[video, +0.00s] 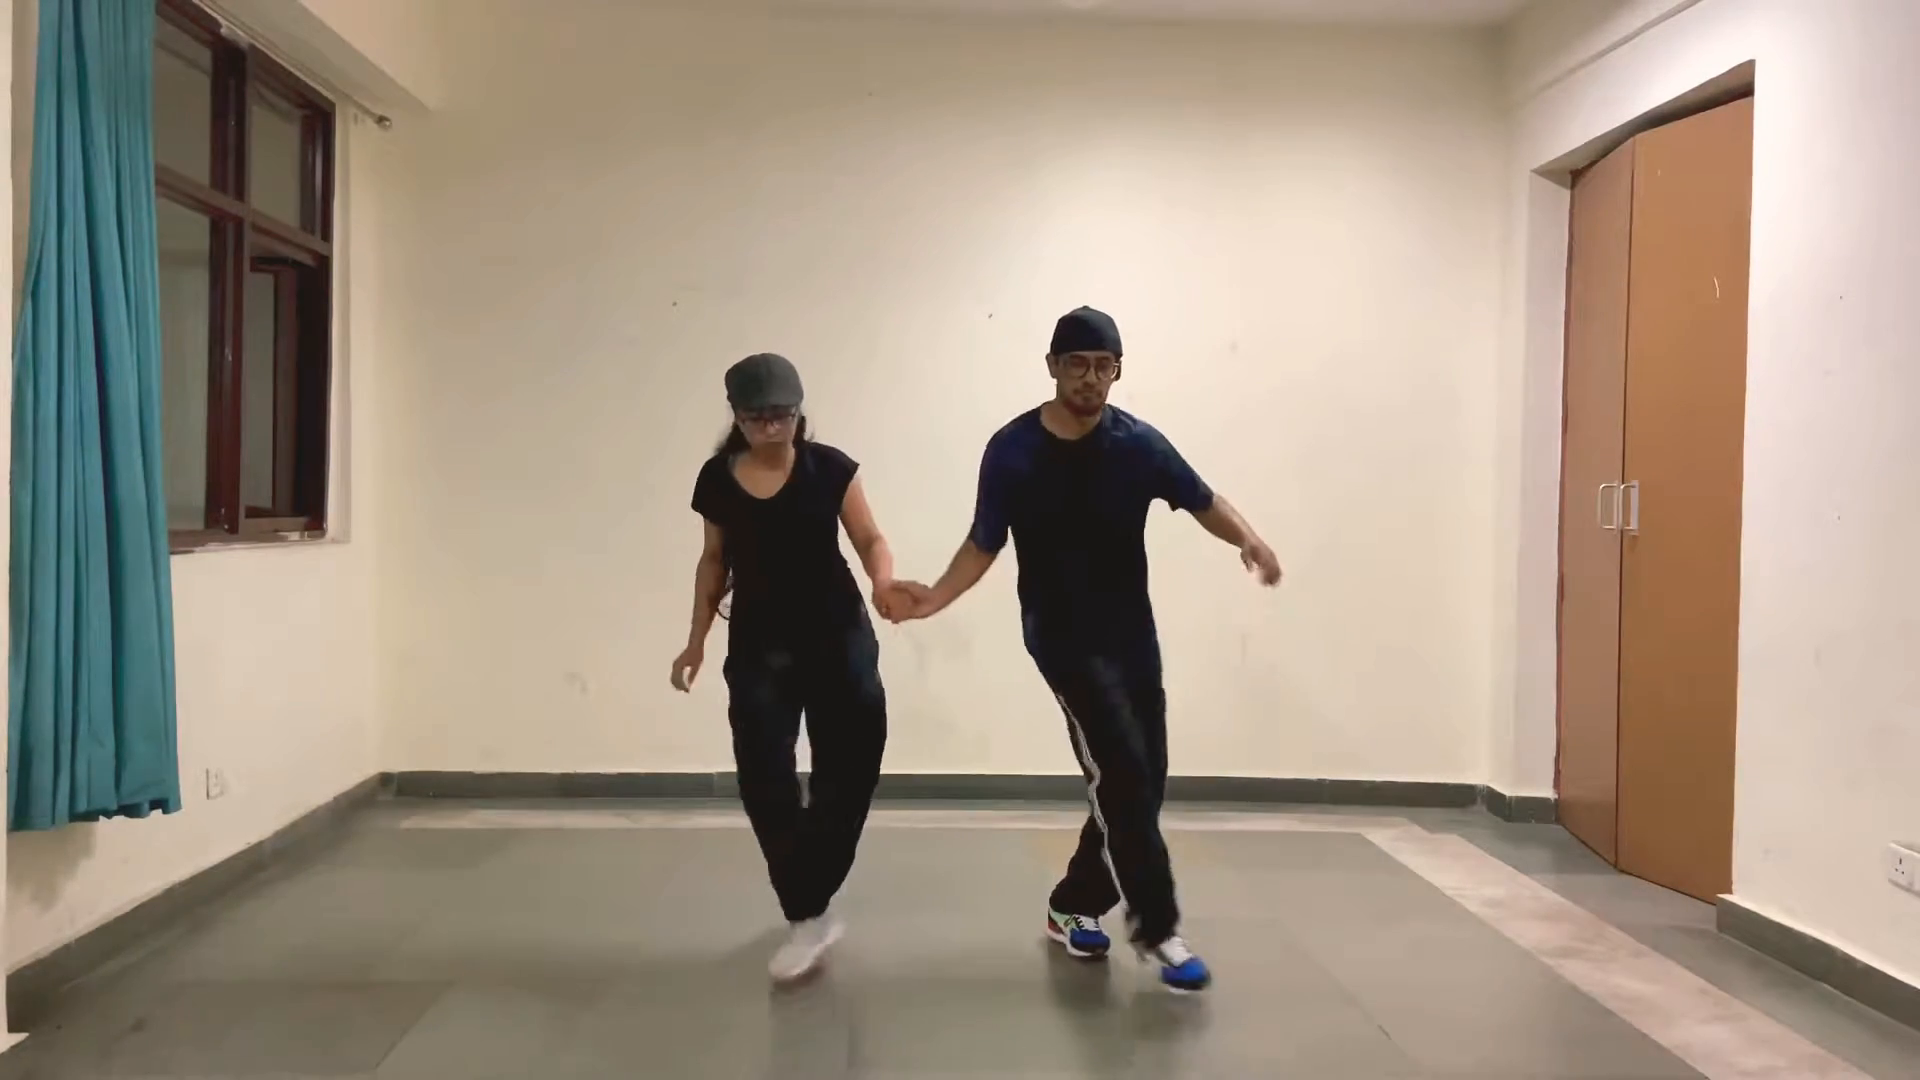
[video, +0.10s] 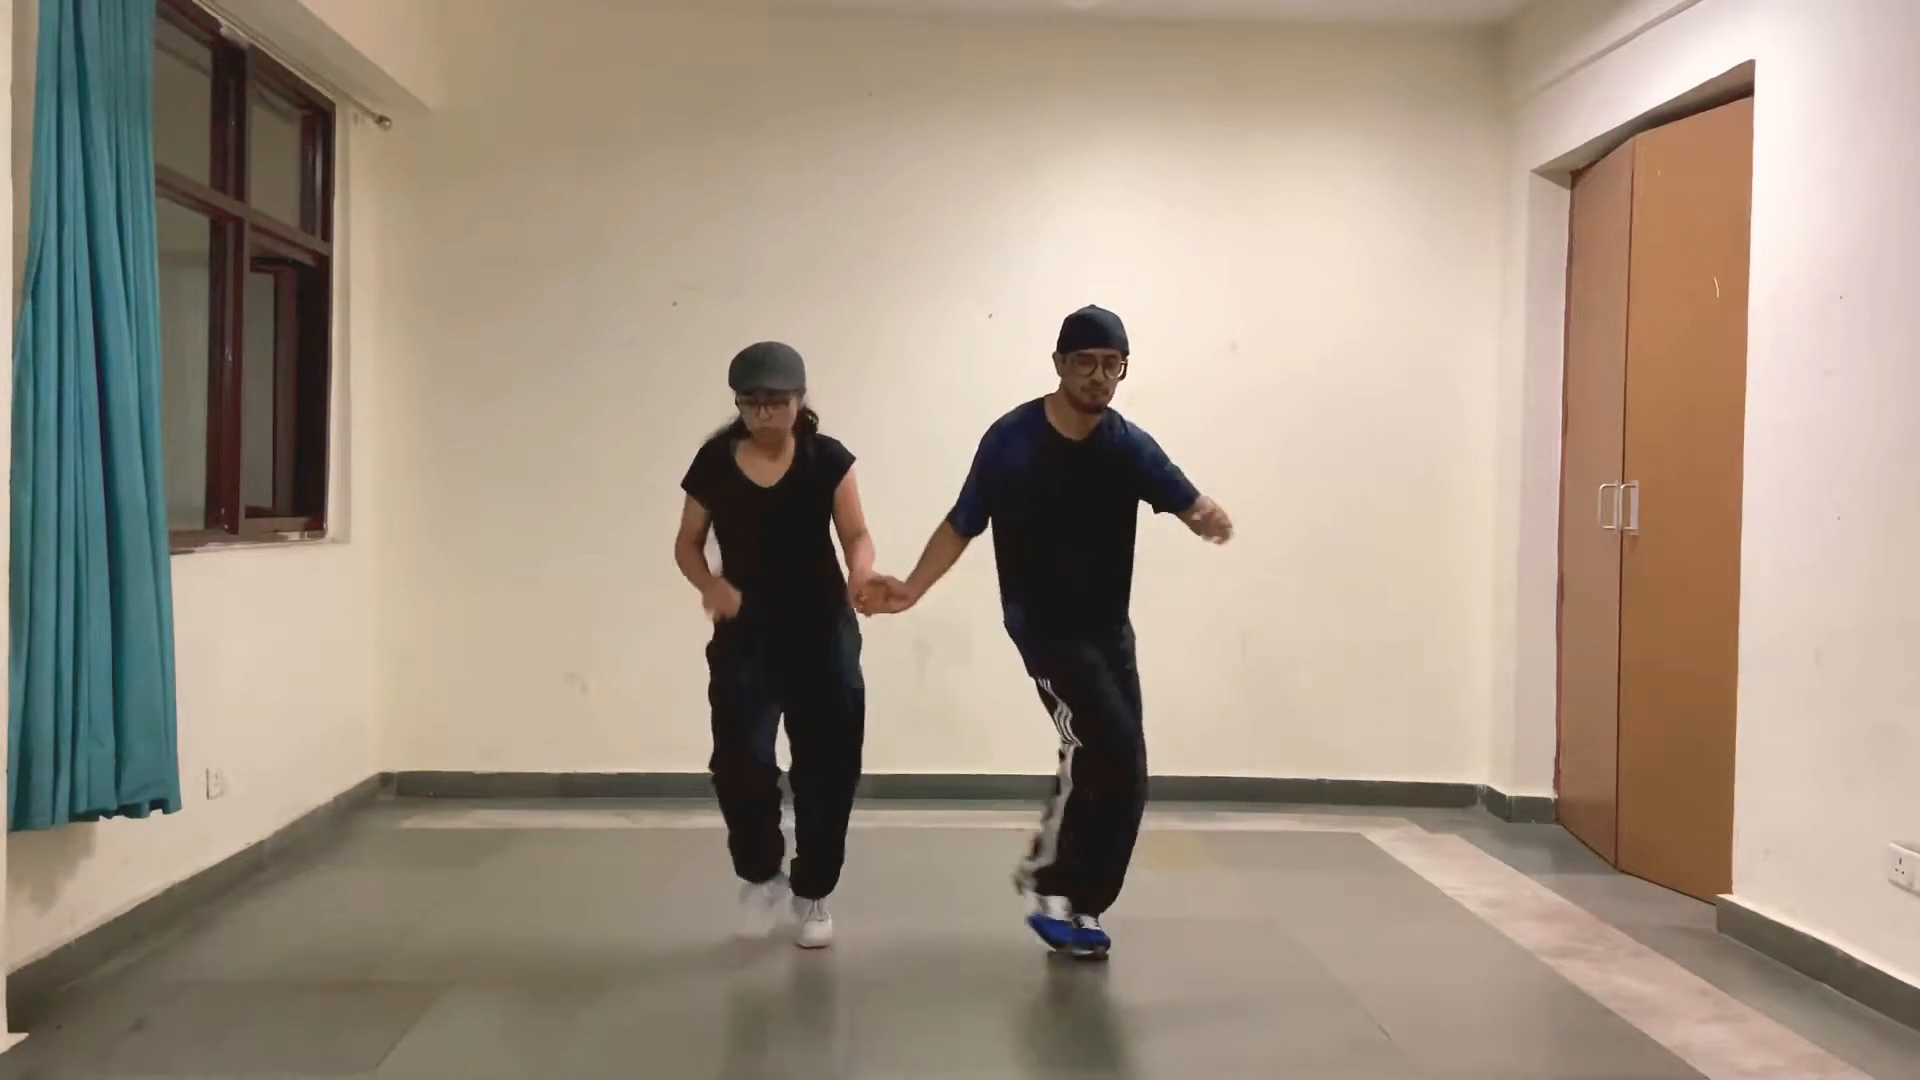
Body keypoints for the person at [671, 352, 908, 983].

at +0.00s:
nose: (772, 424)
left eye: (782, 412)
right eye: (759, 414)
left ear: (799, 410)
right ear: (737, 416)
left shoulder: (830, 469)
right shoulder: (718, 481)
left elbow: (869, 539)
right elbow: (713, 562)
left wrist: (882, 582)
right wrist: (696, 641)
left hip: (836, 643)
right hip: (759, 649)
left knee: (850, 771)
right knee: (764, 782)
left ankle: (811, 906)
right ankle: (807, 917)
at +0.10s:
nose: (767, 412)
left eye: (779, 400)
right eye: (755, 400)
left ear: (799, 401)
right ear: (738, 402)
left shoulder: (828, 461)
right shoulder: (716, 462)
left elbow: (857, 535)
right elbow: (688, 544)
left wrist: (859, 575)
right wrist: (710, 584)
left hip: (821, 632)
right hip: (747, 633)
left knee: (828, 763)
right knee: (741, 760)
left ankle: (814, 892)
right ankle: (761, 876)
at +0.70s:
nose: (740, 419)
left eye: (752, 410)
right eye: (727, 410)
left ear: (768, 424)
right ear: (705, 422)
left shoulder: (769, 497)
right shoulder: (662, 470)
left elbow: (793, 551)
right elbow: (595, 511)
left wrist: (819, 595)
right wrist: (544, 578)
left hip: (697, 669)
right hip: (623, 654)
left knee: (631, 799)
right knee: (614, 793)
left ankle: (547, 932)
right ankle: (675, 902)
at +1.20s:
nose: (719, 398)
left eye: (730, 388)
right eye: (705, 389)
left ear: (748, 398)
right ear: (686, 401)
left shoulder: (767, 466)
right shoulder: (653, 460)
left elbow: (793, 535)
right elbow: (584, 524)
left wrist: (789, 587)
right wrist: (626, 491)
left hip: (750, 630)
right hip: (681, 631)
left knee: (700, 757)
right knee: (718, 757)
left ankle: (662, 896)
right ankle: (794, 872)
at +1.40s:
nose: (724, 409)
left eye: (735, 398)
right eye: (710, 399)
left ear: (751, 408)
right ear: (690, 407)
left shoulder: (763, 472)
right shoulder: (656, 458)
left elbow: (797, 537)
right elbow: (604, 534)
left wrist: (820, 603)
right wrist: (627, 557)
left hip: (731, 636)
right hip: (661, 633)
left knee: (701, 762)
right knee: (650, 771)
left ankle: (719, 902)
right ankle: (755, 852)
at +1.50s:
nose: (717, 419)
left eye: (727, 409)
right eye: (703, 410)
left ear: (742, 420)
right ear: (681, 421)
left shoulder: (758, 483)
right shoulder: (647, 481)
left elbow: (802, 533)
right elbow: (590, 559)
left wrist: (826, 584)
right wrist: (616, 612)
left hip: (721, 654)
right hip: (649, 646)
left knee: (706, 779)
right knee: (582, 771)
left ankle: (735, 907)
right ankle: (671, 826)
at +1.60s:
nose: (704, 424)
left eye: (714, 413)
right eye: (690, 414)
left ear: (730, 421)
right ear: (669, 423)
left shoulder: (744, 485)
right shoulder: (634, 486)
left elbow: (804, 525)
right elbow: (568, 562)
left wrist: (811, 564)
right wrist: (581, 638)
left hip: (700, 656)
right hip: (627, 646)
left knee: (677, 774)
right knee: (554, 759)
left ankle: (707, 902)